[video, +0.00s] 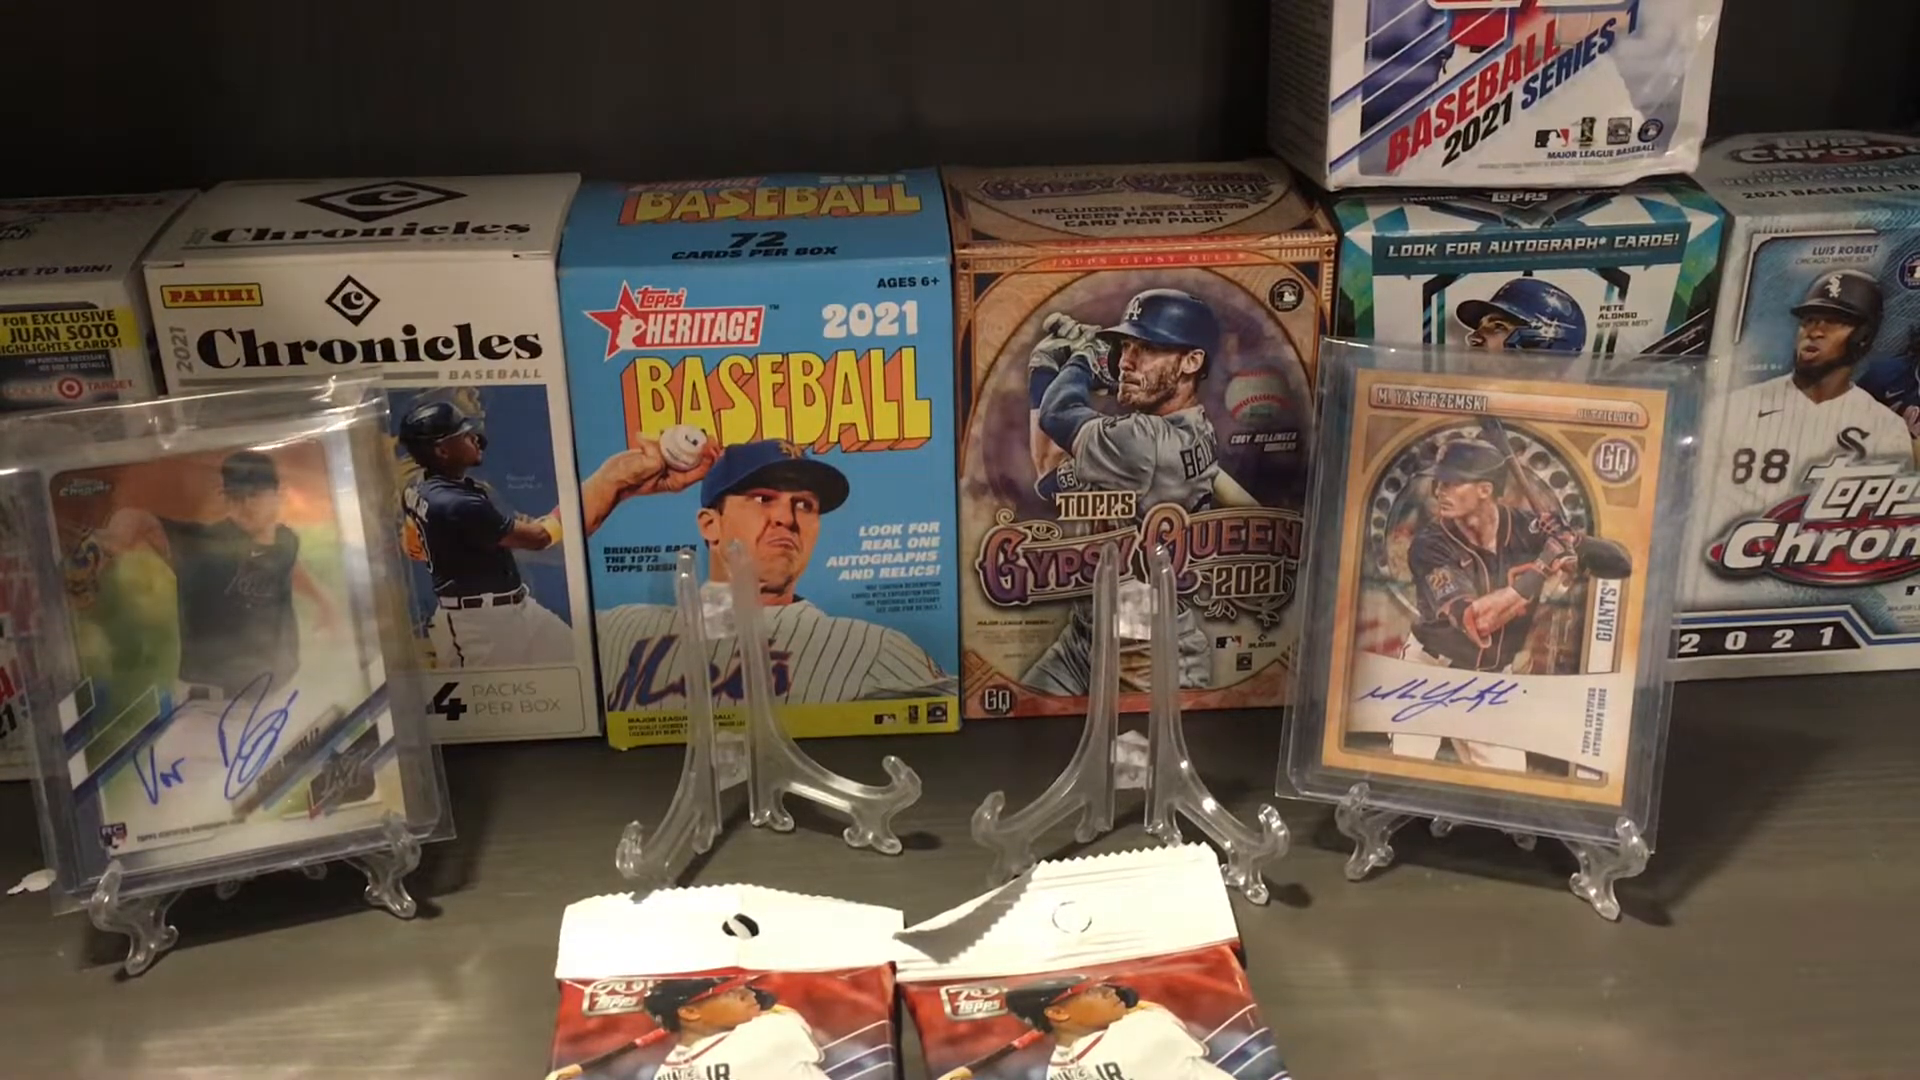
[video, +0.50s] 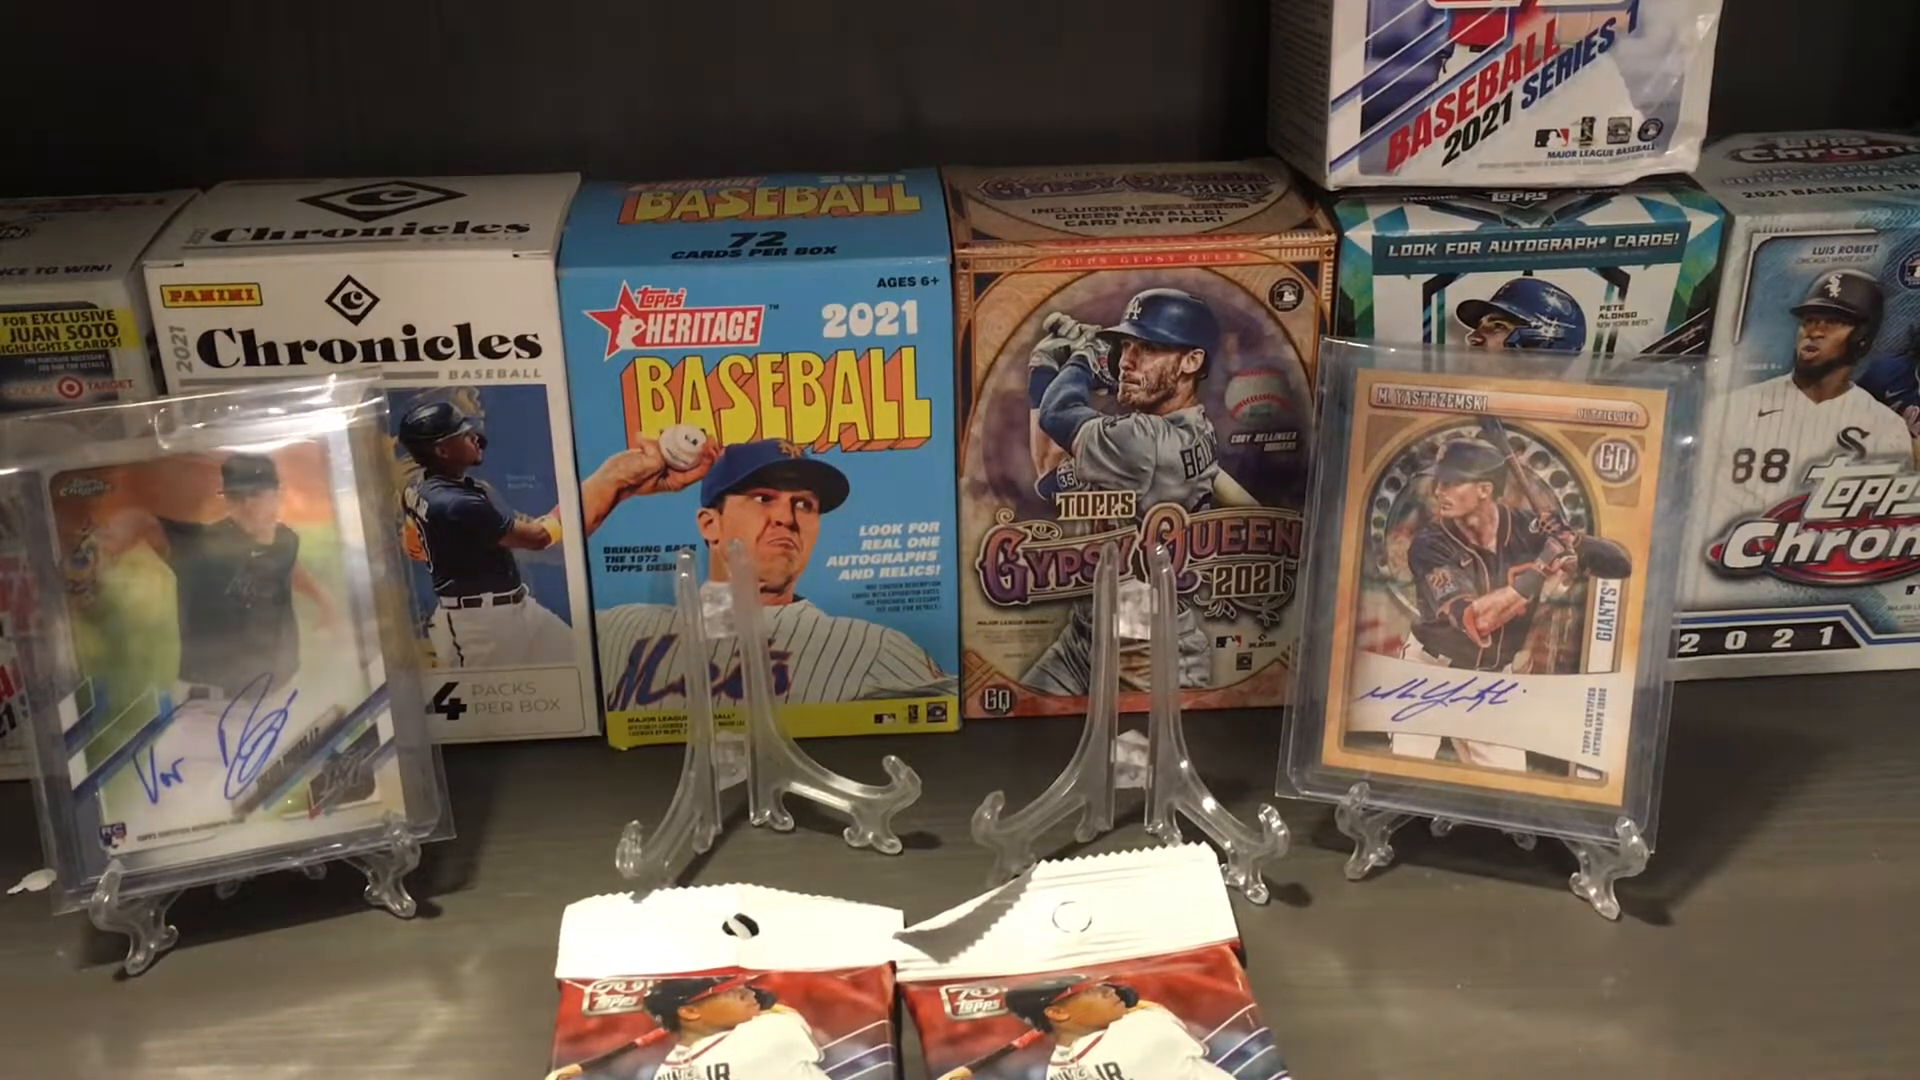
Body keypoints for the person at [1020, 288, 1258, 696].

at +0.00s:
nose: (1127, 362)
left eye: (1147, 350)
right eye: (1126, 347)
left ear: (1190, 363)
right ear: (1121, 348)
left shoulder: (1139, 441)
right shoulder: (1190, 431)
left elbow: (1059, 409)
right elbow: (1048, 475)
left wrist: (1087, 360)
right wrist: (1042, 373)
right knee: (1011, 736)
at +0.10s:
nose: (1127, 362)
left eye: (1147, 350)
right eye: (1126, 347)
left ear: (1190, 364)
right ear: (1121, 348)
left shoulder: (1139, 441)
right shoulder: (1189, 431)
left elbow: (1060, 409)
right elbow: (1048, 476)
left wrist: (1087, 361)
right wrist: (1041, 374)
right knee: (1010, 736)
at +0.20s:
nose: (1127, 362)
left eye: (1147, 350)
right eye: (1126, 347)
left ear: (1190, 363)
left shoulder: (1139, 441)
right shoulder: (1190, 431)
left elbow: (1059, 409)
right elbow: (1048, 476)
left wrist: (1087, 361)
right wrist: (1041, 374)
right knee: (1008, 738)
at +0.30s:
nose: (1127, 362)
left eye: (1147, 350)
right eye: (1126, 347)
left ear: (1190, 363)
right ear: (1121, 348)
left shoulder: (1138, 441)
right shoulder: (1190, 430)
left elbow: (1059, 409)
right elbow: (1048, 475)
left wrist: (1086, 360)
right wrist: (1041, 374)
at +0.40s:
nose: (1127, 362)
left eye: (1147, 350)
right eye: (1126, 347)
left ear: (1190, 363)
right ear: (1121, 348)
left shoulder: (1139, 441)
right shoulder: (1190, 430)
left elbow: (1059, 409)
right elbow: (1048, 475)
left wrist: (1087, 360)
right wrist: (1042, 373)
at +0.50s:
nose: (1128, 361)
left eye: (1148, 349)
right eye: (1127, 347)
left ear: (1190, 363)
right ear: (1121, 348)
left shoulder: (1138, 440)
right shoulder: (1190, 430)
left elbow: (1059, 409)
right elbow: (1048, 476)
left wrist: (1087, 360)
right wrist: (1041, 373)